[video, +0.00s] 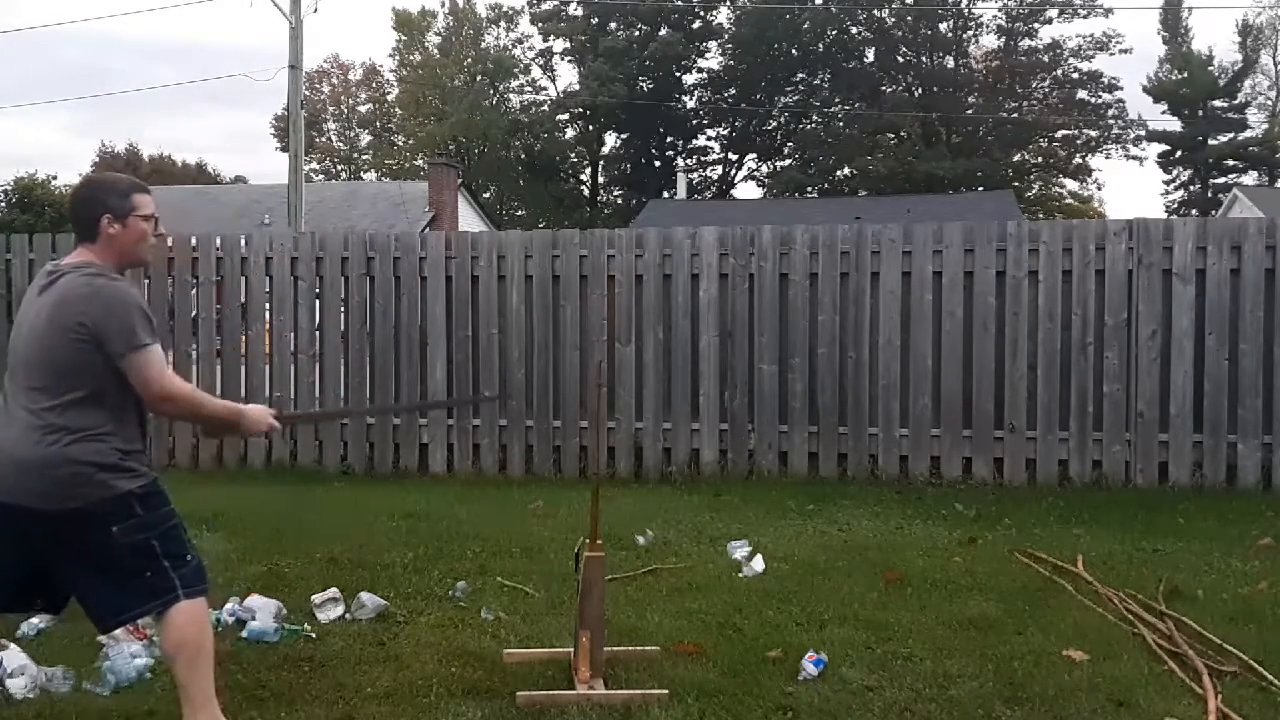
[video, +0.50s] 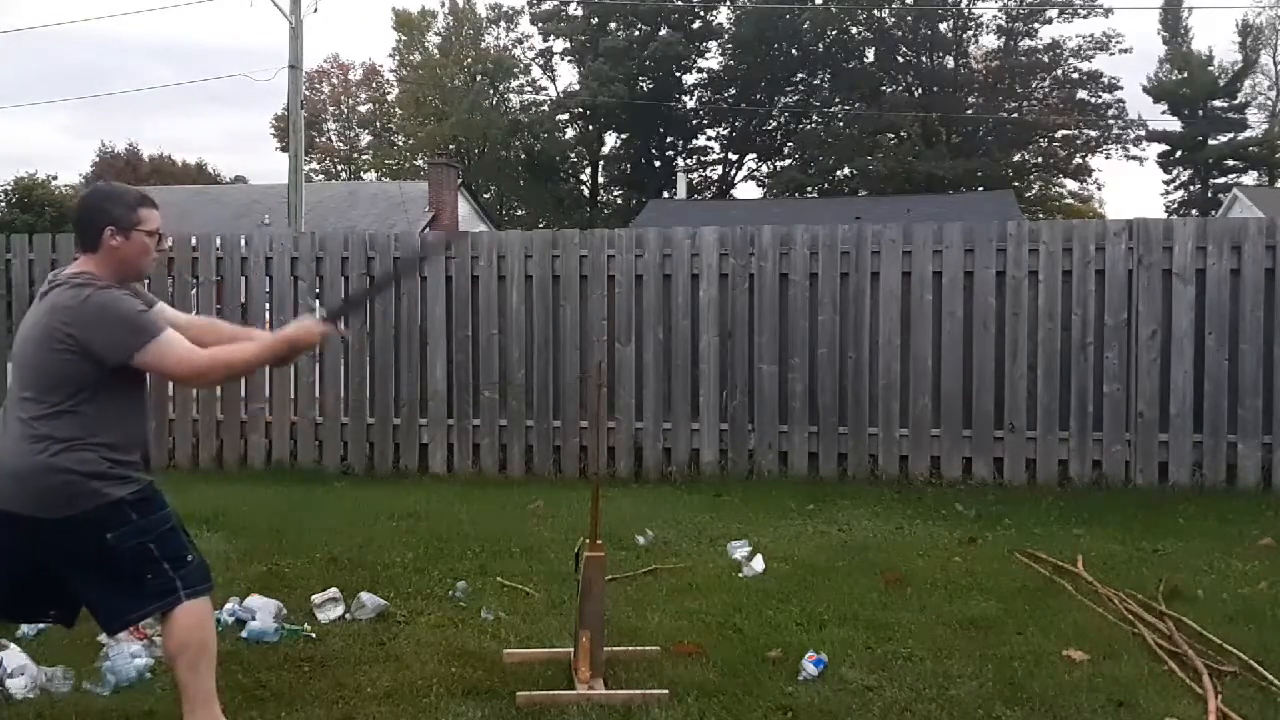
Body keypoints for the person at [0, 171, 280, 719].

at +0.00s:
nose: (156, 230)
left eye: (154, 219)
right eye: (148, 219)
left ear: (101, 227)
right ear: (110, 225)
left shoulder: (48, 282)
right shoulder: (109, 293)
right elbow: (161, 392)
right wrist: (240, 415)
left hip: (19, 478)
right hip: (95, 479)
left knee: (9, 602)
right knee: (182, 589)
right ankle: (204, 712)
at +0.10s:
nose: (158, 232)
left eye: (157, 221)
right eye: (149, 221)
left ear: (101, 228)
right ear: (110, 226)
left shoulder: (51, 285)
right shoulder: (107, 297)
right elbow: (171, 386)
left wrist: (213, 390)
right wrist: (255, 404)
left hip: (19, 479)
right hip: (95, 480)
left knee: (9, 604)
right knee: (184, 589)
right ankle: (204, 712)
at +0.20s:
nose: (161, 236)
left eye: (160, 224)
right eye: (152, 224)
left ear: (104, 230)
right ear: (112, 228)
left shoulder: (57, 287)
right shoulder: (111, 301)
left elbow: (164, 354)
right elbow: (181, 382)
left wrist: (249, 389)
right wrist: (272, 399)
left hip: (21, 481)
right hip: (97, 482)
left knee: (9, 605)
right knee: (185, 591)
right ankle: (204, 712)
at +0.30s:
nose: (165, 240)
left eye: (163, 228)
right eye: (156, 228)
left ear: (110, 234)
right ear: (116, 232)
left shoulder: (61, 291)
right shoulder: (112, 304)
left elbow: (183, 351)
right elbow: (189, 381)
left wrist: (261, 385)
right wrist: (281, 393)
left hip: (18, 485)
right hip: (97, 485)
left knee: (5, 609)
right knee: (187, 591)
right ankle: (204, 712)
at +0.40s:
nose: (164, 244)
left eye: (162, 233)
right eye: (155, 233)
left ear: (111, 238)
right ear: (116, 236)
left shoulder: (62, 293)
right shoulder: (107, 307)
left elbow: (179, 341)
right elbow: (192, 379)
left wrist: (266, 369)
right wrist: (287, 376)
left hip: (21, 489)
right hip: (97, 488)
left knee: (9, 610)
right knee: (186, 589)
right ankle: (203, 711)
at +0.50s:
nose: (161, 245)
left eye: (160, 234)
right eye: (152, 234)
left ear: (111, 240)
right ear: (113, 239)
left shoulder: (78, 287)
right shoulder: (103, 305)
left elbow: (190, 327)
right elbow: (194, 367)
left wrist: (273, 339)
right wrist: (285, 344)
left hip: (23, 490)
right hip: (95, 488)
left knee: (10, 610)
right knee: (185, 590)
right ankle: (204, 711)